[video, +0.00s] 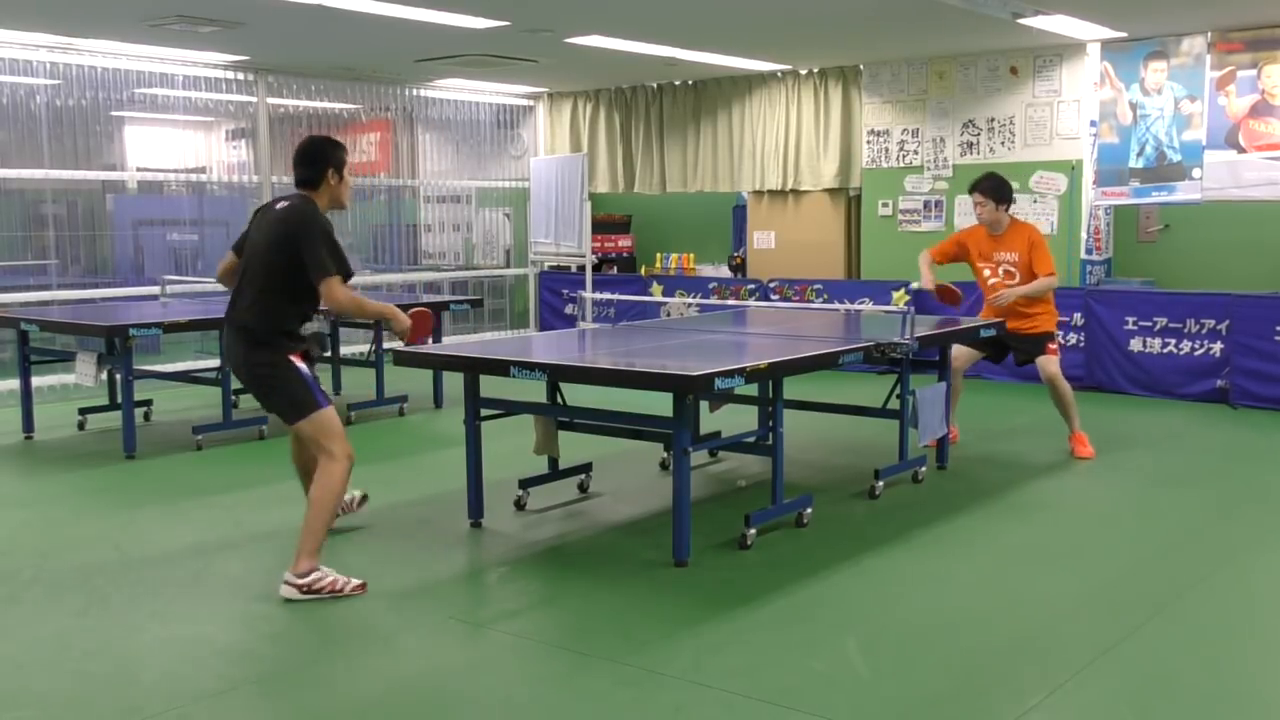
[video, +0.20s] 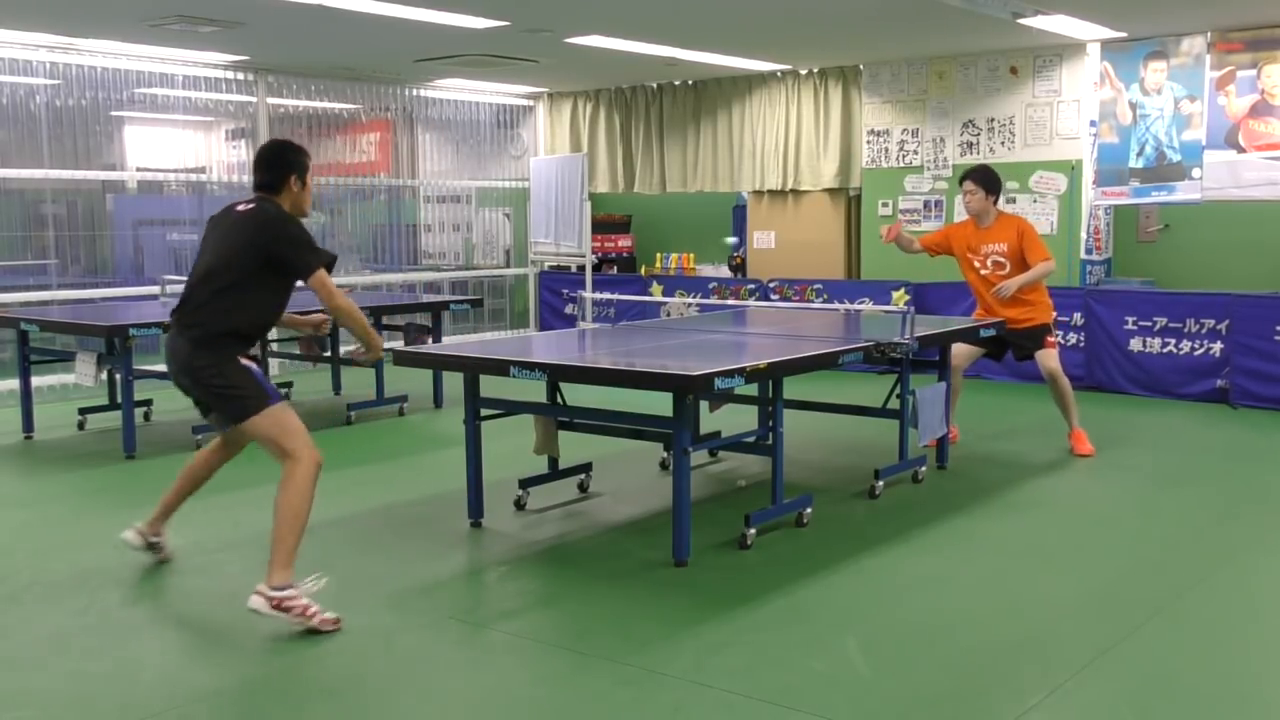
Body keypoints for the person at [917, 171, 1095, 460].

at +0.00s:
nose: (977, 211)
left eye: (982, 205)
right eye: (975, 205)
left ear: (1003, 206)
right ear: (973, 206)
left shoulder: (1029, 234)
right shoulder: (970, 238)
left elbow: (1050, 280)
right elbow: (926, 255)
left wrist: (1016, 292)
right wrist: (927, 276)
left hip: (1035, 322)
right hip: (993, 321)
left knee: (1051, 374)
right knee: (953, 361)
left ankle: (1076, 433)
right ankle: (947, 427)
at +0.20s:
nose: (965, 199)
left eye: (971, 193)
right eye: (963, 194)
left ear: (991, 196)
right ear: (963, 196)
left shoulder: (1019, 227)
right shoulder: (957, 233)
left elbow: (1047, 265)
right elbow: (914, 245)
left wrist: (1016, 282)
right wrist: (898, 235)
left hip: (1032, 318)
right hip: (989, 318)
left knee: (1052, 370)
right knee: (953, 358)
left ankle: (1075, 430)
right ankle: (947, 427)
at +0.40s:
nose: (989, 193)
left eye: (996, 187)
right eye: (987, 188)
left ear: (1015, 191)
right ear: (986, 191)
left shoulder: (1039, 224)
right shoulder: (981, 230)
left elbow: (1065, 262)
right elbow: (949, 261)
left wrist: (1036, 273)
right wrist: (926, 252)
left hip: (1042, 318)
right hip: (1000, 318)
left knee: (1055, 375)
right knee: (968, 360)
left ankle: (1076, 423)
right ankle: (949, 425)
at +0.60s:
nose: (1009, 175)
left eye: (1016, 169)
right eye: (1007, 170)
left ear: (1034, 173)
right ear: (1006, 174)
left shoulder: (1058, 208)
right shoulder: (1005, 212)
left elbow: (1083, 248)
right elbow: (991, 251)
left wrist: (1055, 273)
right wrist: (969, 266)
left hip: (1065, 299)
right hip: (1025, 298)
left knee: (1073, 357)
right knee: (996, 347)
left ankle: (1085, 421)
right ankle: (994, 409)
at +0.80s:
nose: (1025, 197)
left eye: (1031, 190)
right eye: (1022, 191)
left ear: (1050, 192)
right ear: (1020, 194)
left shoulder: (1077, 225)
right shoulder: (1020, 231)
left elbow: (1100, 264)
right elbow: (1008, 270)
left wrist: (1076, 292)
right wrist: (1003, 285)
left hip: (1079, 309)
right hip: (1041, 309)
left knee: (1086, 365)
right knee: (1016, 360)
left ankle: (1121, 421)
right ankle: (1022, 410)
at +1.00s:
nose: (1054, 196)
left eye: (1060, 190)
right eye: (1052, 191)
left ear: (1079, 192)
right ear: (1051, 195)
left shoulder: (1109, 218)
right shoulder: (1044, 231)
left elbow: (1143, 236)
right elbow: (1002, 242)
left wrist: (1143, 272)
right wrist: (968, 233)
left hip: (1120, 307)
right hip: (1076, 311)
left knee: (1138, 361)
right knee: (1044, 359)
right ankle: (1030, 407)